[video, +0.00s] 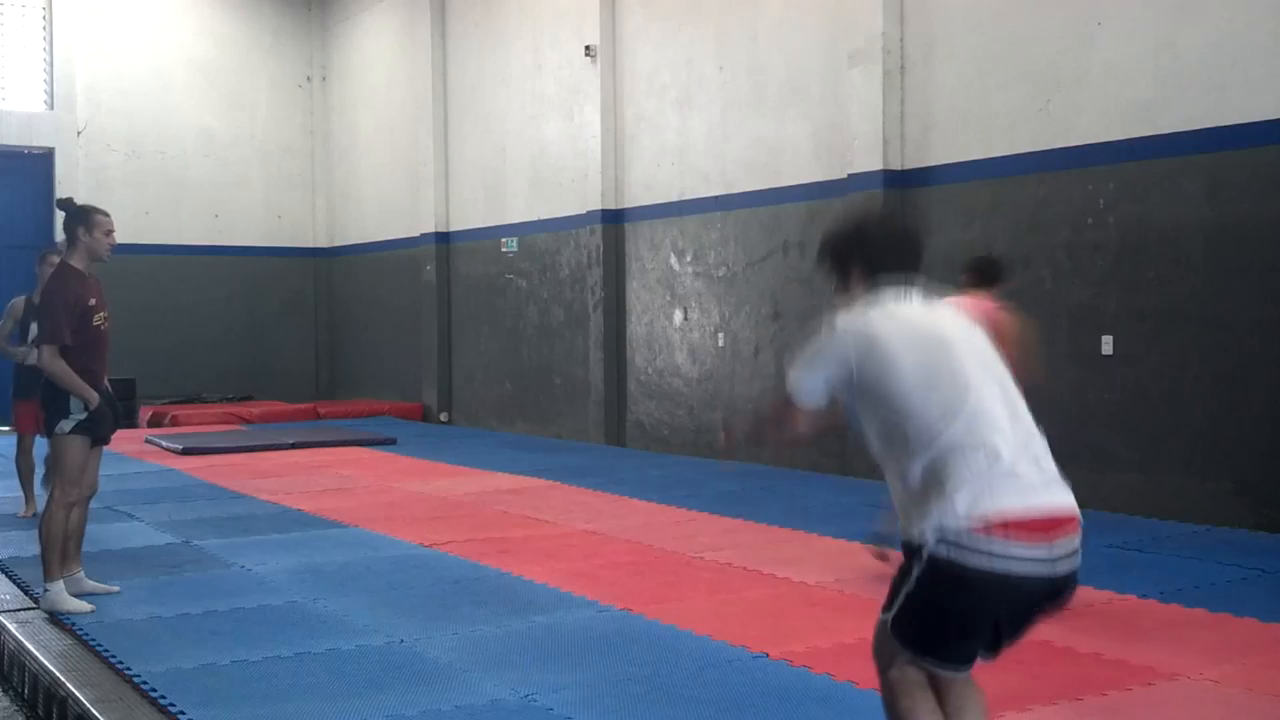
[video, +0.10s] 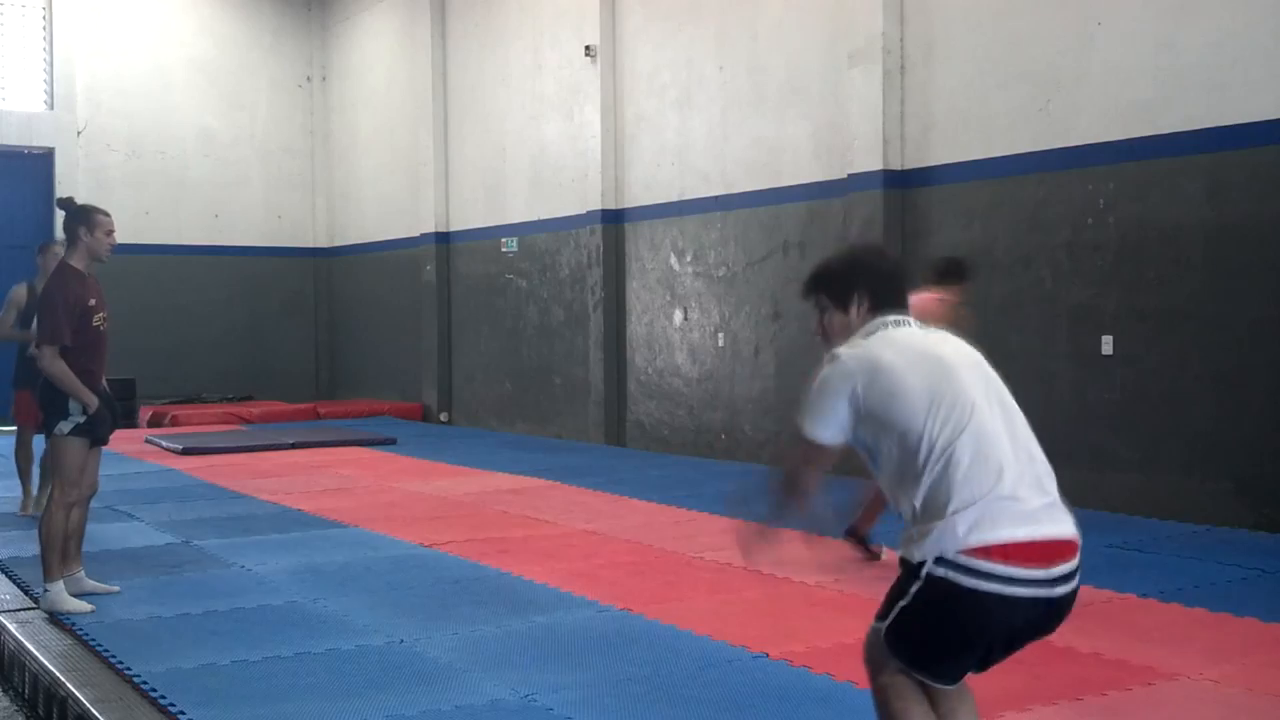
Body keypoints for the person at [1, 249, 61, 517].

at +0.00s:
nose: (55, 270)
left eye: (59, 266)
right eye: (50, 265)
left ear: (63, 270)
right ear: (38, 268)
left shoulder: (65, 304)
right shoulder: (20, 305)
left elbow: (77, 342)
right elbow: (2, 339)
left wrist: (53, 354)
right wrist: (17, 352)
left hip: (58, 380)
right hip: (28, 380)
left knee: (59, 444)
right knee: (25, 444)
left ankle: (52, 487)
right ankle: (30, 502)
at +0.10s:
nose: (59, 261)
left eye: (62, 256)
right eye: (54, 255)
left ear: (64, 261)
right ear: (40, 258)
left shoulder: (66, 292)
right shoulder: (23, 292)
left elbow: (75, 329)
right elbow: (5, 329)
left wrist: (58, 340)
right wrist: (35, 336)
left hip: (60, 373)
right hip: (29, 372)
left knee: (55, 442)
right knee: (25, 435)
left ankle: (43, 495)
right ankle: (27, 494)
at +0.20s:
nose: (61, 256)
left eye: (64, 251)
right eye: (57, 250)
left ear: (66, 255)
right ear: (43, 253)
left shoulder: (67, 287)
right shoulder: (25, 287)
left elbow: (76, 323)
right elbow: (7, 325)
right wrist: (38, 327)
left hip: (61, 368)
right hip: (30, 369)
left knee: (57, 439)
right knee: (22, 432)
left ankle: (48, 498)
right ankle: (21, 487)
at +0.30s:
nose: (61, 265)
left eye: (64, 260)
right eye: (56, 260)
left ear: (67, 263)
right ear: (44, 262)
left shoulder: (69, 297)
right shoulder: (27, 298)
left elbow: (79, 337)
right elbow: (8, 339)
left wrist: (63, 346)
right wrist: (37, 344)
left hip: (62, 378)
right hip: (30, 378)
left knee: (60, 448)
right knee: (19, 446)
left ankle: (53, 506)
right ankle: (15, 486)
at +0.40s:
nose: (60, 265)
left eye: (64, 260)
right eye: (56, 260)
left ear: (69, 263)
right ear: (45, 262)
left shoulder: (71, 298)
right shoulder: (27, 299)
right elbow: (9, 339)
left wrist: (69, 356)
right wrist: (37, 355)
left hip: (66, 380)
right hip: (36, 381)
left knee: (64, 455)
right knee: (33, 450)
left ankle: (54, 514)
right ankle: (18, 503)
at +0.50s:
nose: (64, 260)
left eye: (67, 254)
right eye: (59, 254)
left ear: (72, 256)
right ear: (48, 255)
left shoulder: (75, 290)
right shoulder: (30, 292)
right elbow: (8, 329)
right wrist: (31, 347)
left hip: (70, 372)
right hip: (42, 375)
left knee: (65, 443)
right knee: (48, 443)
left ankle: (63, 504)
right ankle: (48, 504)